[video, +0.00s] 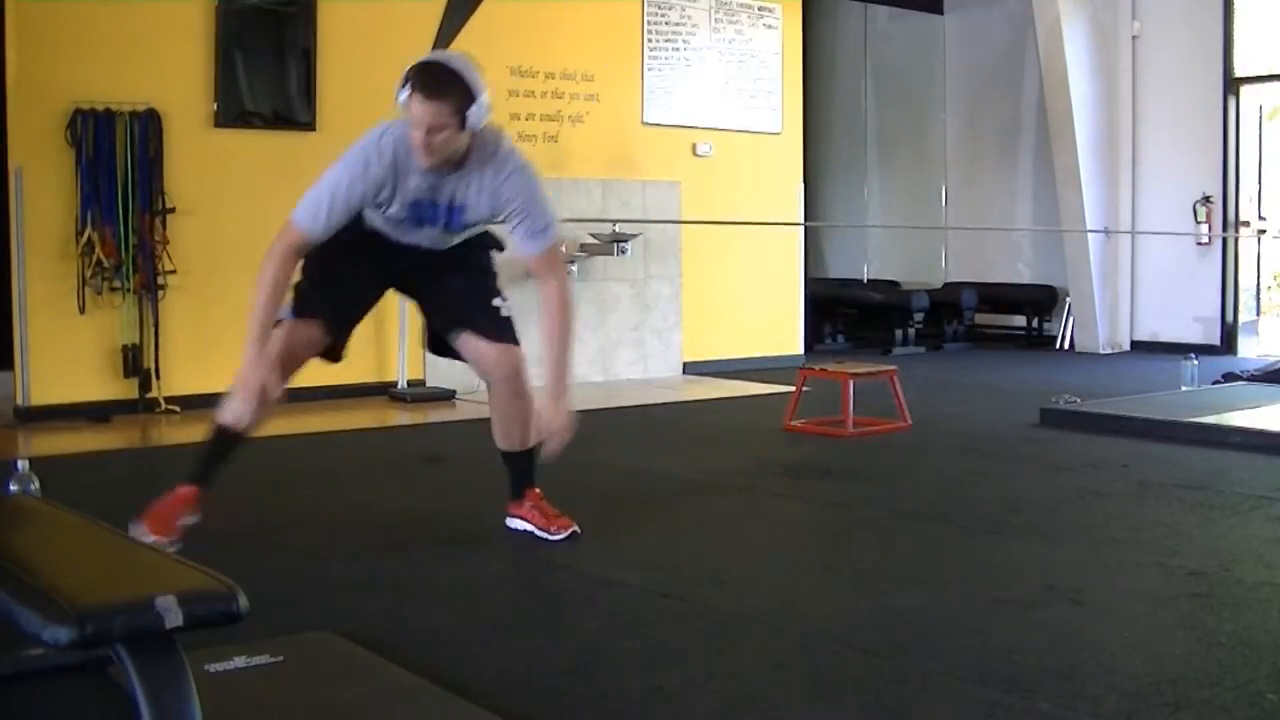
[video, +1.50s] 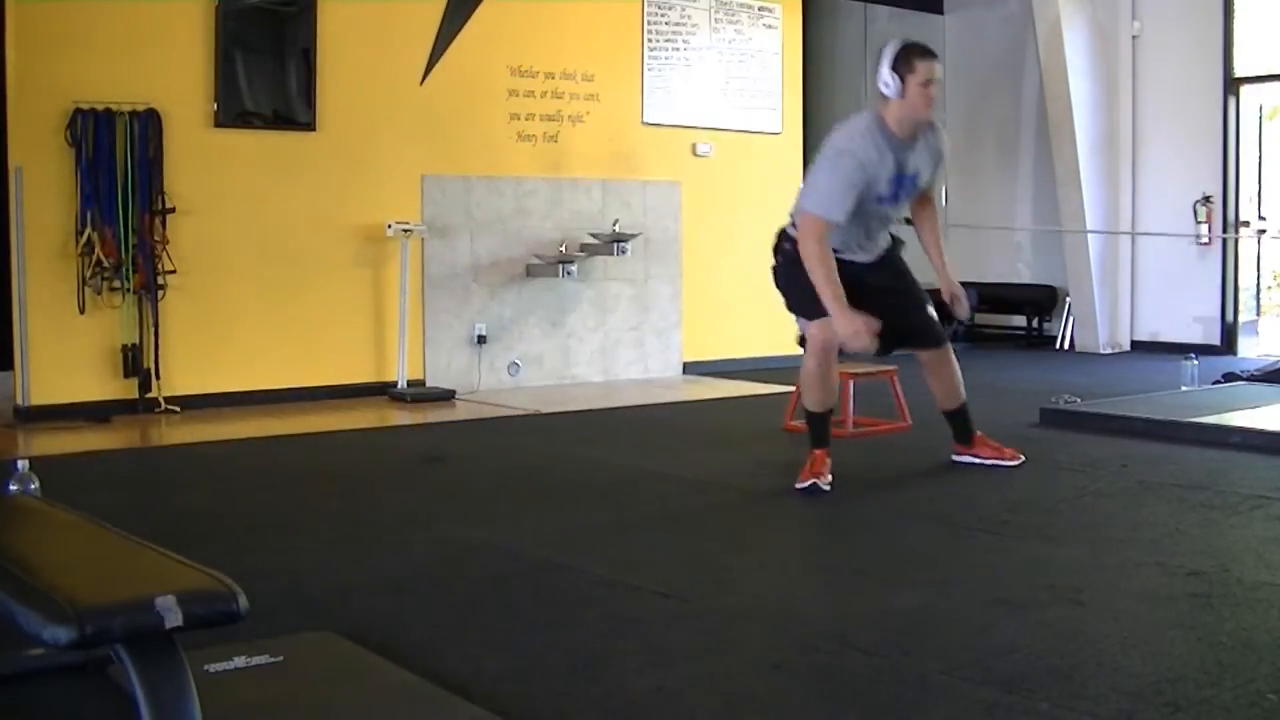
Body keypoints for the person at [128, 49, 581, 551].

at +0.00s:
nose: (421, 142)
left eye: (438, 130)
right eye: (413, 126)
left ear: (470, 124)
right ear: (404, 114)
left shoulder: (506, 169)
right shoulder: (380, 150)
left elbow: (553, 275)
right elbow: (286, 246)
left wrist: (558, 394)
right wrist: (253, 363)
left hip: (454, 255)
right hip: (365, 242)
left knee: (505, 363)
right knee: (290, 346)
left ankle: (524, 499)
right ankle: (192, 491)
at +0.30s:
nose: (276, 314)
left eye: (288, 300)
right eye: (263, 300)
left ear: (313, 289)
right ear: (242, 288)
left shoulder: (357, 301)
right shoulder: (222, 314)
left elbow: (396, 431)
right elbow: (173, 439)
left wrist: (400, 543)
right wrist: (129, 539)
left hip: (353, 288)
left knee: (453, 400)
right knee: (157, 374)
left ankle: (529, 499)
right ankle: (115, 523)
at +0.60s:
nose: (488, 151)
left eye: (491, 138)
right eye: (477, 139)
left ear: (485, 138)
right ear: (435, 138)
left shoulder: (490, 206)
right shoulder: (357, 181)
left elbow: (492, 326)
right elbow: (265, 227)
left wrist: (433, 400)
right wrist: (209, 302)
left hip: (427, 290)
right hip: (336, 284)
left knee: (525, 360)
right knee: (246, 394)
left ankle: (531, 498)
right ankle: (126, 518)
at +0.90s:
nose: (659, 46)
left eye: (659, 35)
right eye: (649, 36)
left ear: (642, 39)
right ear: (609, 39)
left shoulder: (665, 99)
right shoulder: (550, 104)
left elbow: (693, 188)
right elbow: (453, 161)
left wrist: (676, 261)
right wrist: (411, 249)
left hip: (623, 234)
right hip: (548, 236)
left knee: (704, 325)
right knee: (560, 340)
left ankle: (670, 448)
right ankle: (591, 487)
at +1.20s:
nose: (818, 44)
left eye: (818, 33)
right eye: (808, 34)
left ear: (810, 37)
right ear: (771, 38)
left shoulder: (824, 84)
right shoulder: (725, 107)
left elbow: (849, 146)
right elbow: (651, 173)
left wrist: (866, 159)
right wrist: (592, 233)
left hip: (791, 226)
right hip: (725, 228)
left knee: (865, 323)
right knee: (758, 317)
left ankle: (849, 456)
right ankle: (720, 458)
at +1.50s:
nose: (934, 93)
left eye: (936, 83)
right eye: (926, 84)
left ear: (935, 87)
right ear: (896, 86)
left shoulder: (928, 139)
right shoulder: (852, 144)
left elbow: (923, 202)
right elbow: (809, 234)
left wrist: (942, 274)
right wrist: (841, 313)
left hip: (874, 252)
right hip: (810, 252)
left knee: (931, 338)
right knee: (822, 335)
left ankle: (966, 440)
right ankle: (819, 454)